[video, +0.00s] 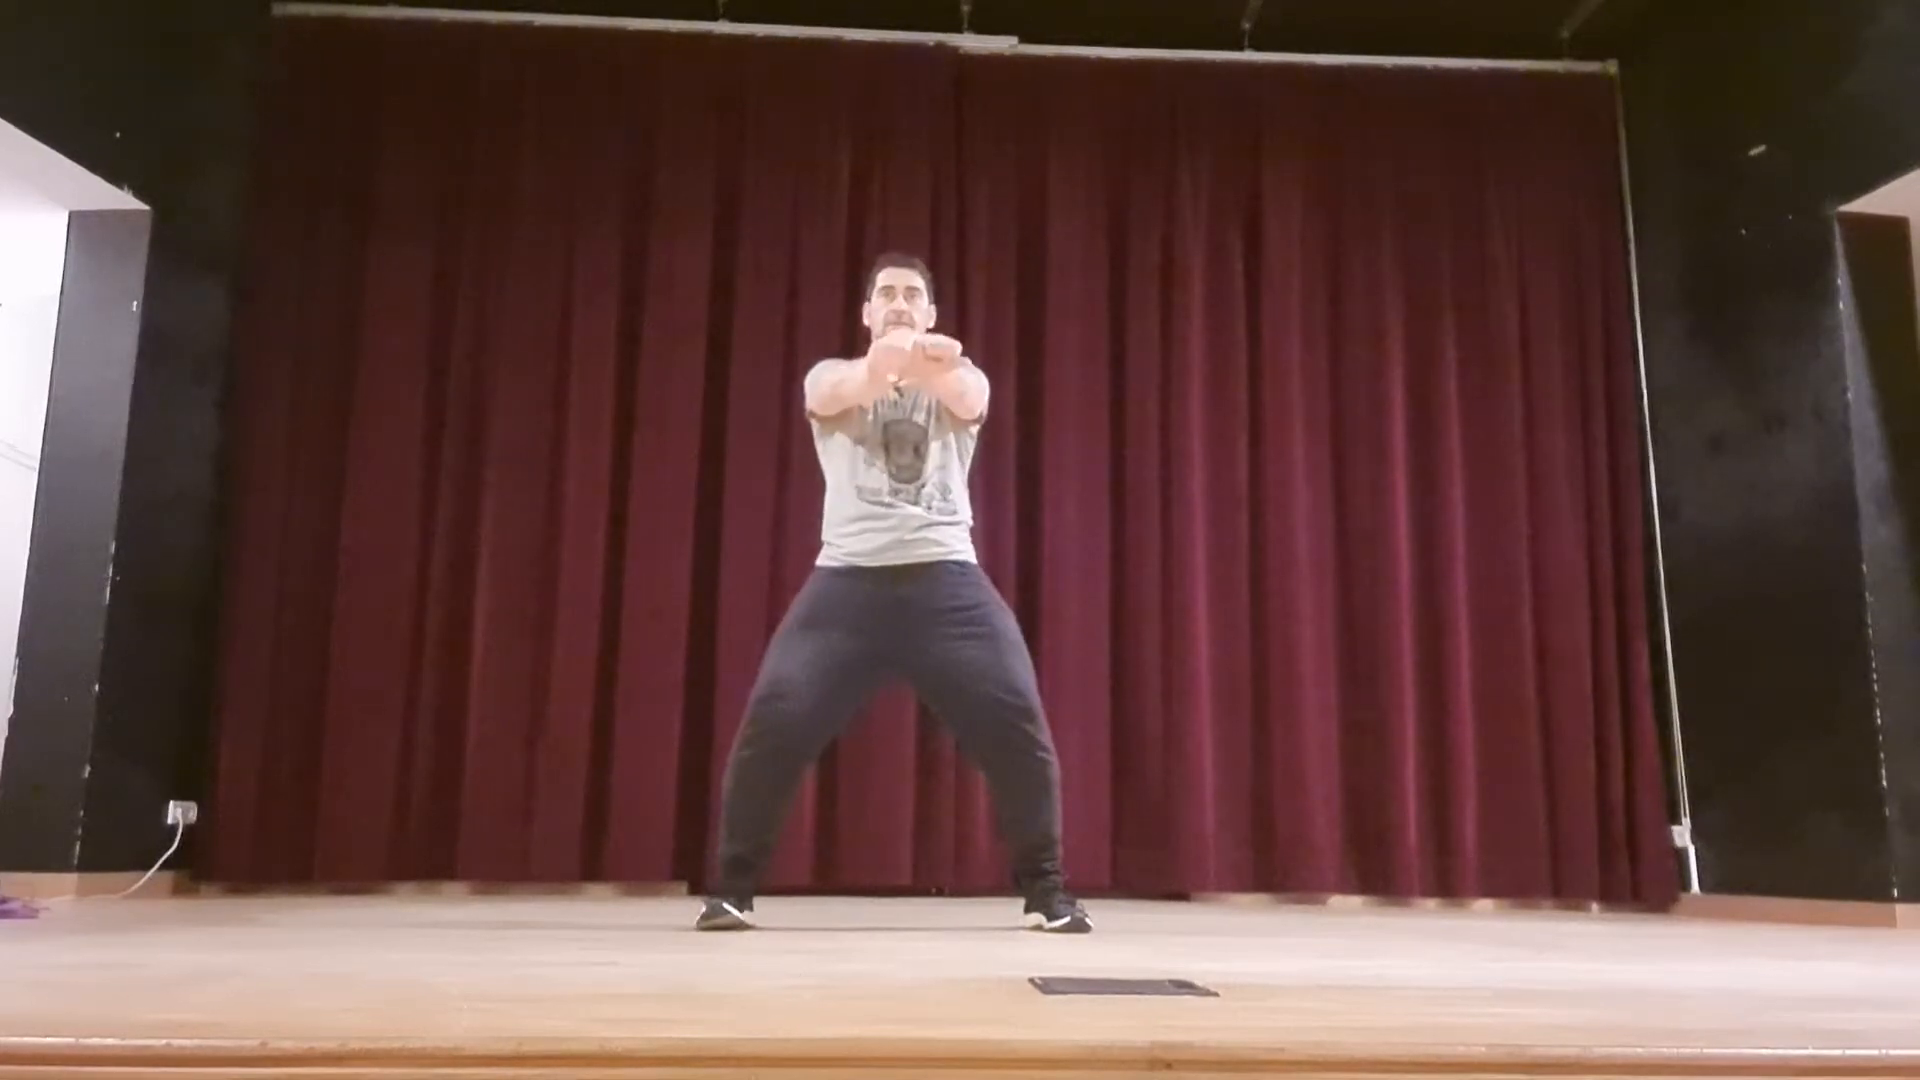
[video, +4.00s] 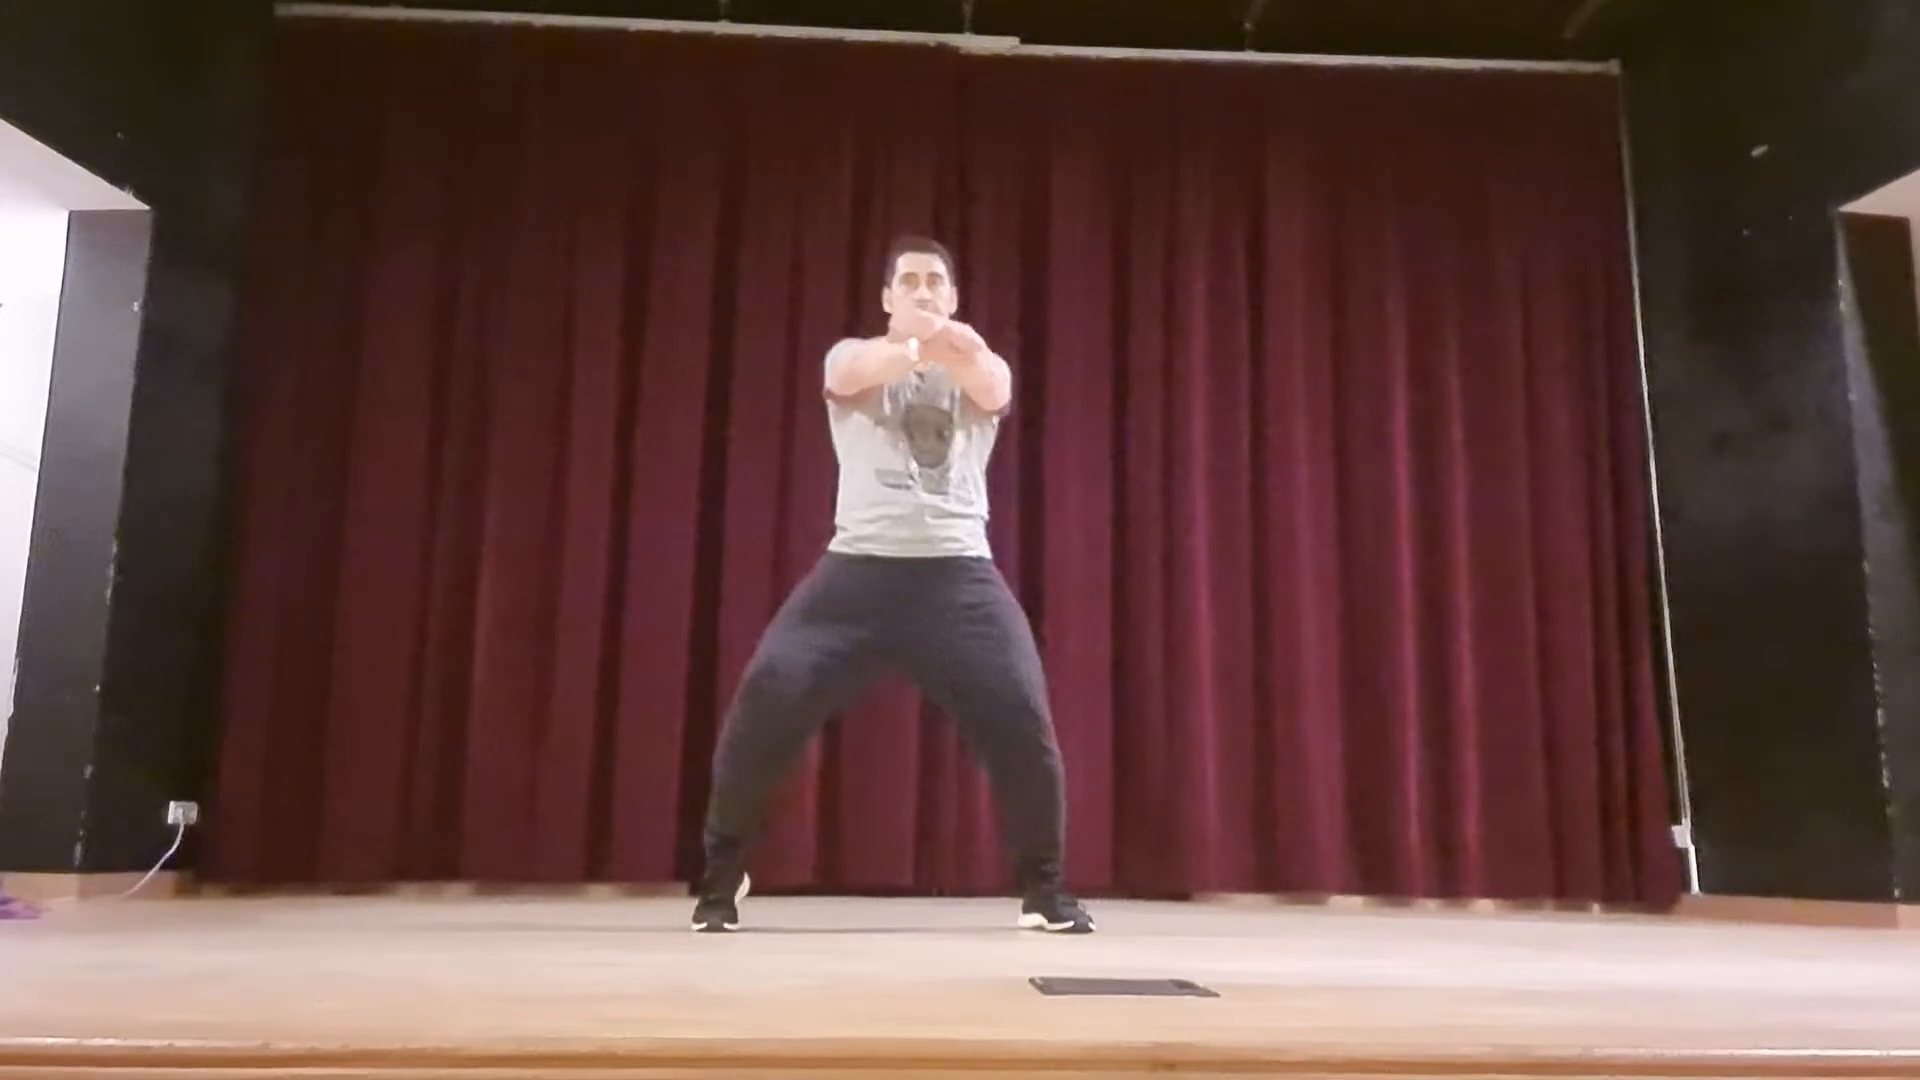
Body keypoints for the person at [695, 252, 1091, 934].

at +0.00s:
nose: (898, 303)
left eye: (911, 295)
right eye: (886, 294)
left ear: (931, 311)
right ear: (866, 311)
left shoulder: (958, 375)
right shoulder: (833, 375)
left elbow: (970, 402)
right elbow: (829, 397)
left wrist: (937, 369)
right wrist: (881, 370)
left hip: (946, 580)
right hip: (846, 581)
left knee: (1015, 715)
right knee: (776, 713)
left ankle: (1046, 888)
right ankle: (731, 891)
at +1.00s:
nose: (907, 315)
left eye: (920, 304)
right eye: (896, 303)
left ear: (939, 310)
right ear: (872, 308)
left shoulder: (973, 369)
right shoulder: (836, 361)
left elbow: (978, 392)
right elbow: (829, 385)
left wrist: (952, 357)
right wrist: (888, 351)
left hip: (950, 572)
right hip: (852, 572)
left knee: (1015, 721)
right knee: (783, 714)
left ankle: (1046, 891)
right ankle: (733, 893)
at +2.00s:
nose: (914, 302)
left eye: (926, 293)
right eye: (902, 291)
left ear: (945, 307)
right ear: (877, 304)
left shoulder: (973, 372)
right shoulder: (845, 363)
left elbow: (981, 394)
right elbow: (835, 388)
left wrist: (955, 356)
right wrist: (890, 355)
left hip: (954, 573)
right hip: (855, 573)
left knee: (1017, 727)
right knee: (784, 719)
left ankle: (1046, 890)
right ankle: (734, 892)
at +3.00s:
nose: (898, 297)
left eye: (911, 289)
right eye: (885, 286)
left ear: (929, 304)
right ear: (862, 298)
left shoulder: (952, 366)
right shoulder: (827, 358)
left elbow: (964, 391)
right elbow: (819, 383)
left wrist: (939, 346)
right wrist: (880, 349)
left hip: (941, 568)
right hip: (841, 572)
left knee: (1020, 716)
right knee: (778, 717)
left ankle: (1043, 879)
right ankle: (734, 890)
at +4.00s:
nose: (921, 291)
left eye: (932, 281)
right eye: (909, 282)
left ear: (954, 297)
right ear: (887, 298)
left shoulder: (980, 364)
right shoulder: (854, 356)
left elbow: (992, 394)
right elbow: (847, 378)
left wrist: (954, 344)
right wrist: (914, 344)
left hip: (960, 577)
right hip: (856, 572)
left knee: (1022, 718)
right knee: (771, 688)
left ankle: (1045, 888)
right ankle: (722, 867)